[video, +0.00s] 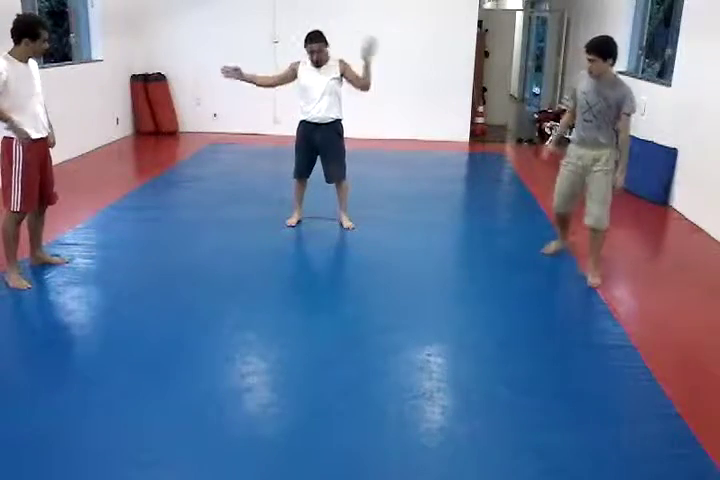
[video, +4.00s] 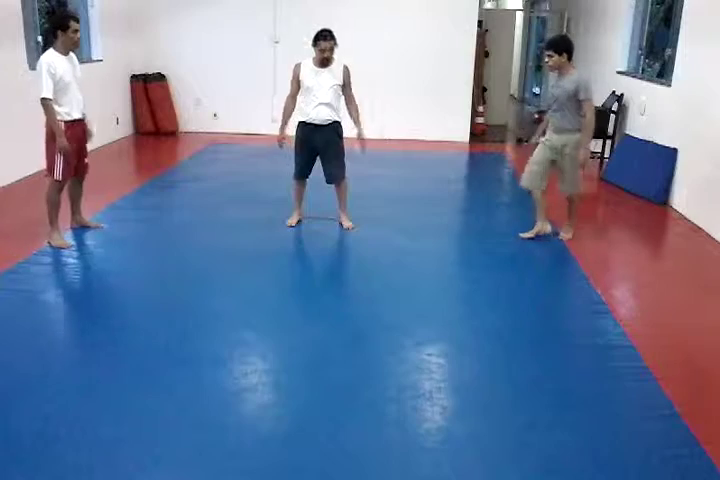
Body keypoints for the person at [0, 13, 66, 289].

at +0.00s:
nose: (47, 46)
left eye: (47, 41)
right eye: (44, 41)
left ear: (29, 42)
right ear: (26, 41)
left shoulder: (32, 64)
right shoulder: (5, 68)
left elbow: (37, 100)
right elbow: (0, 107)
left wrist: (48, 128)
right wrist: (17, 127)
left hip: (39, 140)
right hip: (16, 142)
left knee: (40, 202)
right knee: (17, 209)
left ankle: (37, 252)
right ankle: (11, 268)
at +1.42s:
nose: (51, 44)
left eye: (51, 39)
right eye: (49, 38)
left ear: (29, 38)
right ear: (39, 38)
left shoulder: (28, 65)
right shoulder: (18, 66)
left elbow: (29, 104)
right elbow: (21, 105)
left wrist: (46, 131)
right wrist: (45, 132)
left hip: (39, 139)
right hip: (29, 140)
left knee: (49, 198)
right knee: (41, 202)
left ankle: (43, 250)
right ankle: (22, 258)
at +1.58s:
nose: (53, 45)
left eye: (54, 40)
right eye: (53, 40)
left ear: (30, 37)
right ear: (45, 39)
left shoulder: (17, 60)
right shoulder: (32, 65)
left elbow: (6, 93)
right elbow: (39, 101)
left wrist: (23, 112)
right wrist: (54, 127)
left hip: (25, 135)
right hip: (39, 137)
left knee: (39, 194)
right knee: (69, 193)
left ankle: (40, 247)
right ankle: (47, 246)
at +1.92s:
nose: (65, 46)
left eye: (66, 42)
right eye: (65, 41)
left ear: (41, 38)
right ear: (60, 40)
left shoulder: (23, 62)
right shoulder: (57, 66)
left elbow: (2, 92)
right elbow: (75, 98)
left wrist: (20, 119)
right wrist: (75, 124)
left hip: (31, 135)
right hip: (57, 136)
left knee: (44, 192)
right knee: (72, 187)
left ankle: (42, 249)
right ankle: (70, 234)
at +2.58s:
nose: (85, 45)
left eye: (86, 40)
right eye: (84, 40)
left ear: (65, 37)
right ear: (75, 37)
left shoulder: (47, 57)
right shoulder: (66, 58)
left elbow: (25, 85)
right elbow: (76, 90)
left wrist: (36, 115)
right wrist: (81, 116)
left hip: (47, 121)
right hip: (63, 123)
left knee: (66, 175)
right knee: (72, 178)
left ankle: (70, 219)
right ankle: (69, 232)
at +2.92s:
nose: (88, 40)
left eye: (88, 35)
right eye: (86, 35)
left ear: (72, 33)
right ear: (73, 33)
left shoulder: (64, 55)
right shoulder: (55, 54)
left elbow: (60, 89)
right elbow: (46, 85)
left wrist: (76, 115)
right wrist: (75, 112)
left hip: (66, 120)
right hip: (58, 121)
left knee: (70, 175)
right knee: (66, 176)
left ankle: (71, 219)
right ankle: (66, 229)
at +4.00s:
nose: (78, 36)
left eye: (79, 32)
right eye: (74, 32)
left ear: (73, 33)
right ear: (60, 33)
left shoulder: (72, 58)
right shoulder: (47, 61)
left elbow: (75, 94)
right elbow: (46, 101)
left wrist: (84, 122)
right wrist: (59, 135)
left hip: (77, 123)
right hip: (61, 125)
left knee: (78, 174)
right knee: (58, 180)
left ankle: (77, 217)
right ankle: (54, 231)